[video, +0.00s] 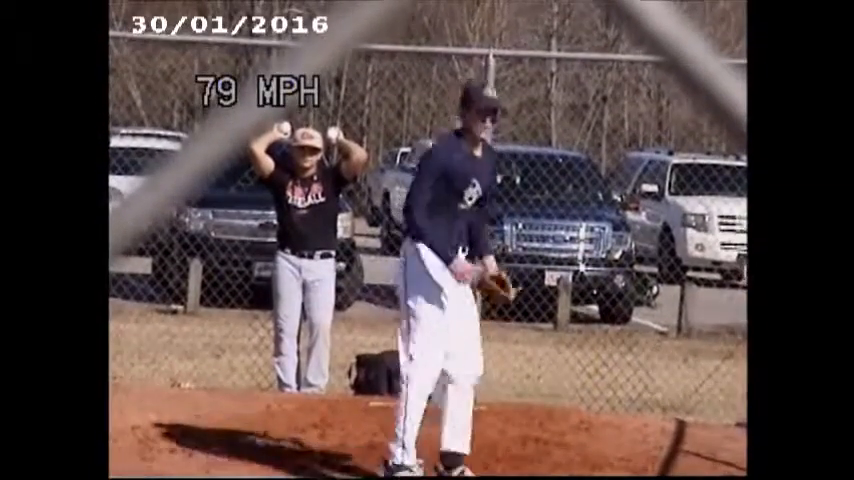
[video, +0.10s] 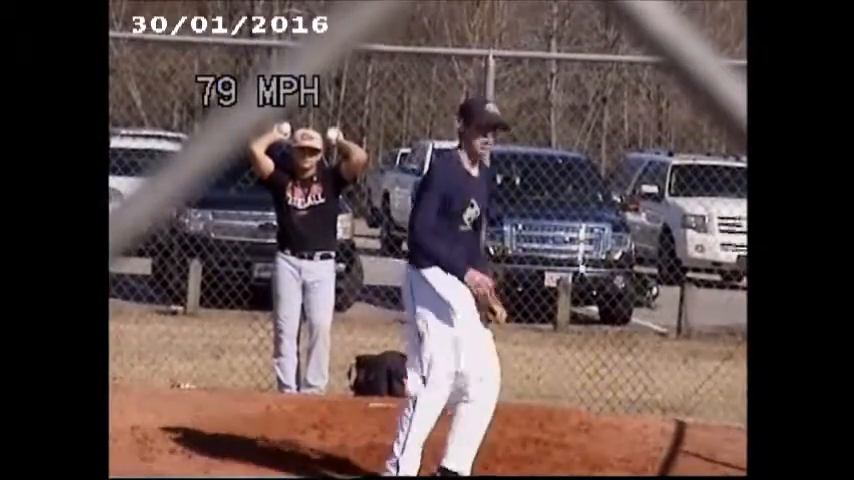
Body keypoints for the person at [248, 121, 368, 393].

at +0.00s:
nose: (307, 158)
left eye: (313, 153)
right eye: (302, 152)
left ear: (321, 153)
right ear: (292, 153)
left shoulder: (333, 177)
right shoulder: (281, 178)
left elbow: (361, 158)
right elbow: (256, 149)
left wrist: (341, 141)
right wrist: (275, 133)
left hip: (322, 261)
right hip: (288, 259)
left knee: (321, 324)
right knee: (285, 325)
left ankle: (315, 385)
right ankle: (286, 385)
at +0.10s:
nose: (307, 158)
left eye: (313, 153)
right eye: (301, 152)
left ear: (321, 154)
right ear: (291, 153)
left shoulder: (332, 177)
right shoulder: (281, 179)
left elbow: (361, 159)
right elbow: (256, 150)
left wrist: (340, 142)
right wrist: (276, 134)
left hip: (322, 262)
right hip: (288, 260)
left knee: (320, 325)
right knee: (285, 326)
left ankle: (315, 386)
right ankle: (286, 386)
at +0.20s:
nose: (307, 157)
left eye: (313, 152)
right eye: (302, 151)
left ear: (321, 153)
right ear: (292, 152)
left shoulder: (332, 177)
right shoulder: (281, 179)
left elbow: (361, 158)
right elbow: (255, 150)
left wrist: (341, 141)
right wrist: (276, 134)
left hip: (322, 261)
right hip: (288, 260)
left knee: (321, 324)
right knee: (285, 325)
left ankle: (315, 385)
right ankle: (286, 385)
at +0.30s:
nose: (307, 156)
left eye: (313, 150)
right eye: (302, 150)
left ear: (322, 152)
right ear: (292, 151)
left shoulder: (333, 176)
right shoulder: (281, 178)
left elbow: (361, 157)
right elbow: (254, 151)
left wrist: (340, 140)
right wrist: (276, 133)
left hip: (323, 261)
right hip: (288, 259)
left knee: (321, 323)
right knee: (286, 325)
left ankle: (315, 385)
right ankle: (286, 385)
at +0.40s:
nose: (307, 158)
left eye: (313, 152)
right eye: (301, 152)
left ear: (322, 154)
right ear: (292, 153)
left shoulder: (333, 177)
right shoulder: (281, 178)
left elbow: (362, 158)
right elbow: (250, 167)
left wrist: (341, 141)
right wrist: (275, 144)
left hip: (322, 261)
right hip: (288, 259)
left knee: (320, 324)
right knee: (285, 326)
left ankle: (315, 387)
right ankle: (286, 387)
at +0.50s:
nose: (309, 157)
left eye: (315, 151)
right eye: (303, 151)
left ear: (323, 153)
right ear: (293, 151)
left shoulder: (333, 176)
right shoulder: (281, 176)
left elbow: (364, 157)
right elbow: (254, 201)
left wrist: (341, 140)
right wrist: (269, 167)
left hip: (322, 260)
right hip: (287, 258)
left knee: (320, 322)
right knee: (285, 325)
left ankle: (315, 384)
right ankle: (286, 385)